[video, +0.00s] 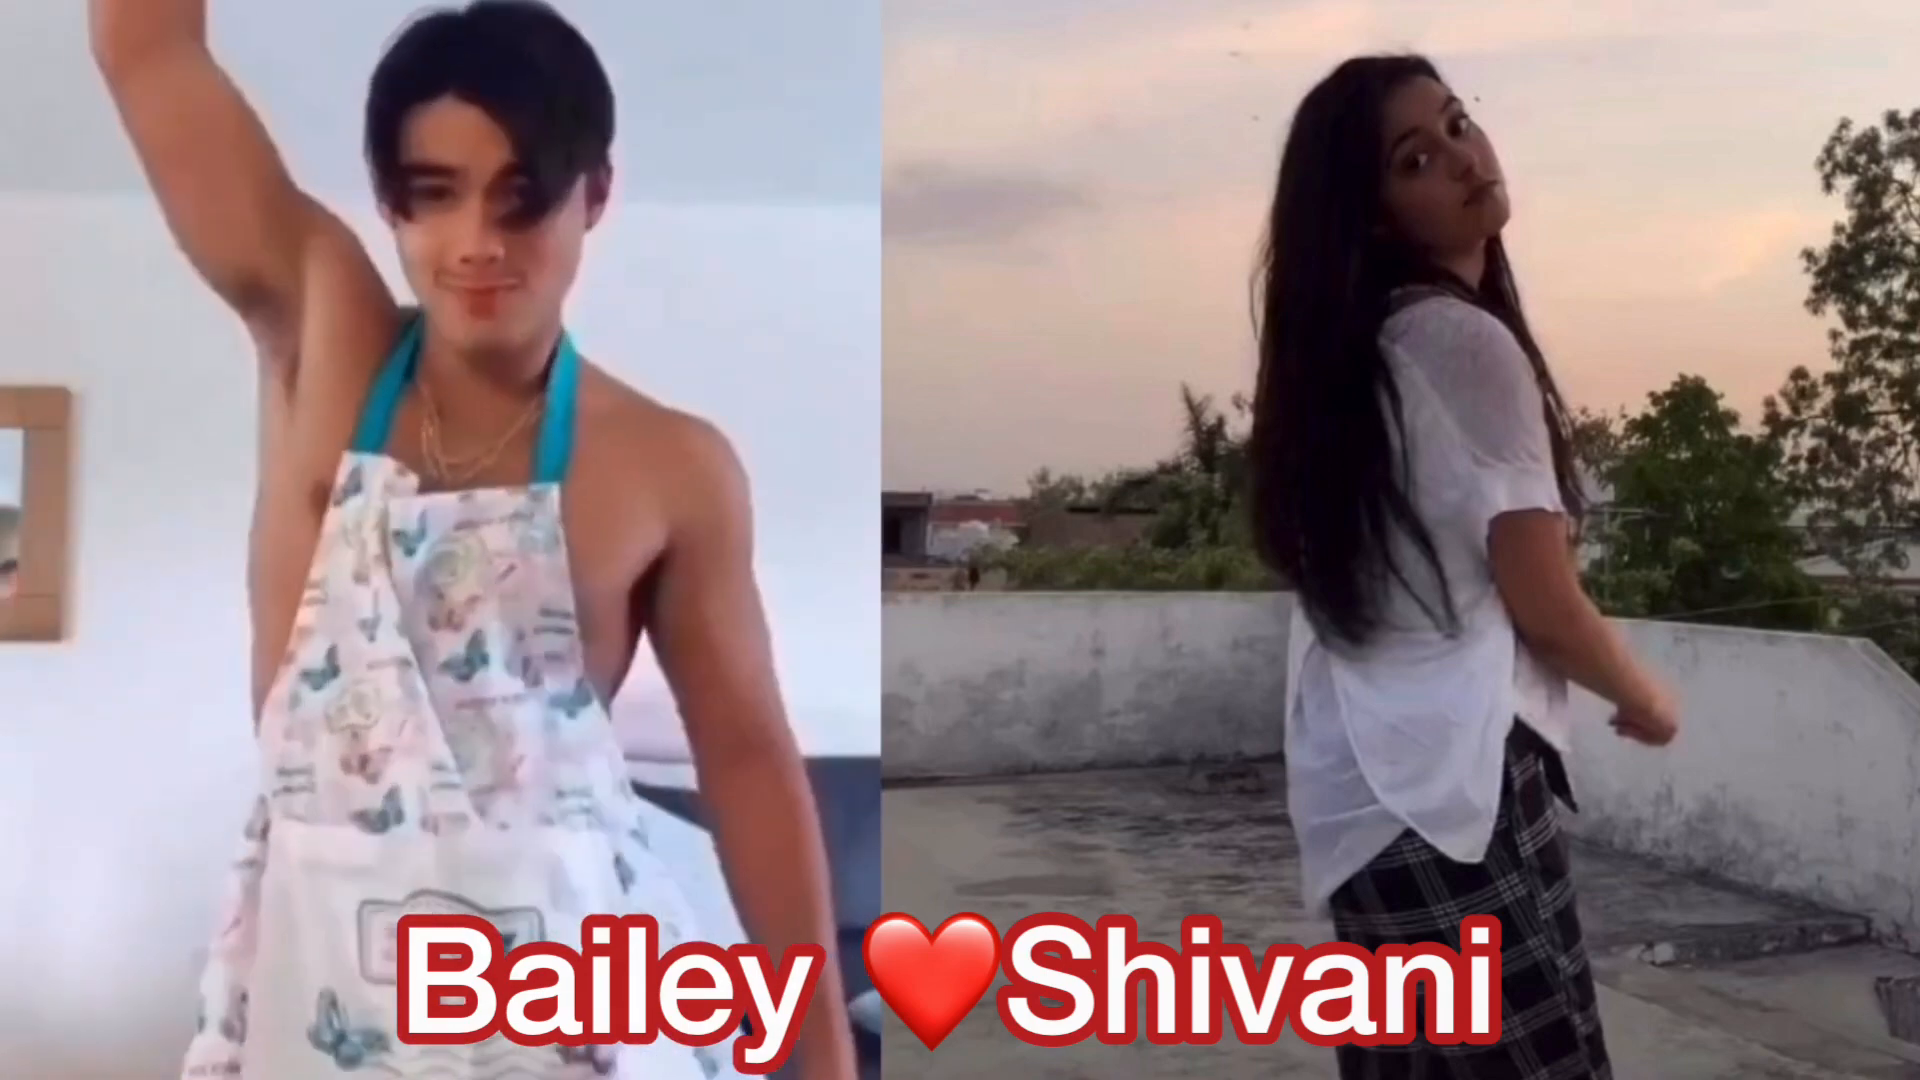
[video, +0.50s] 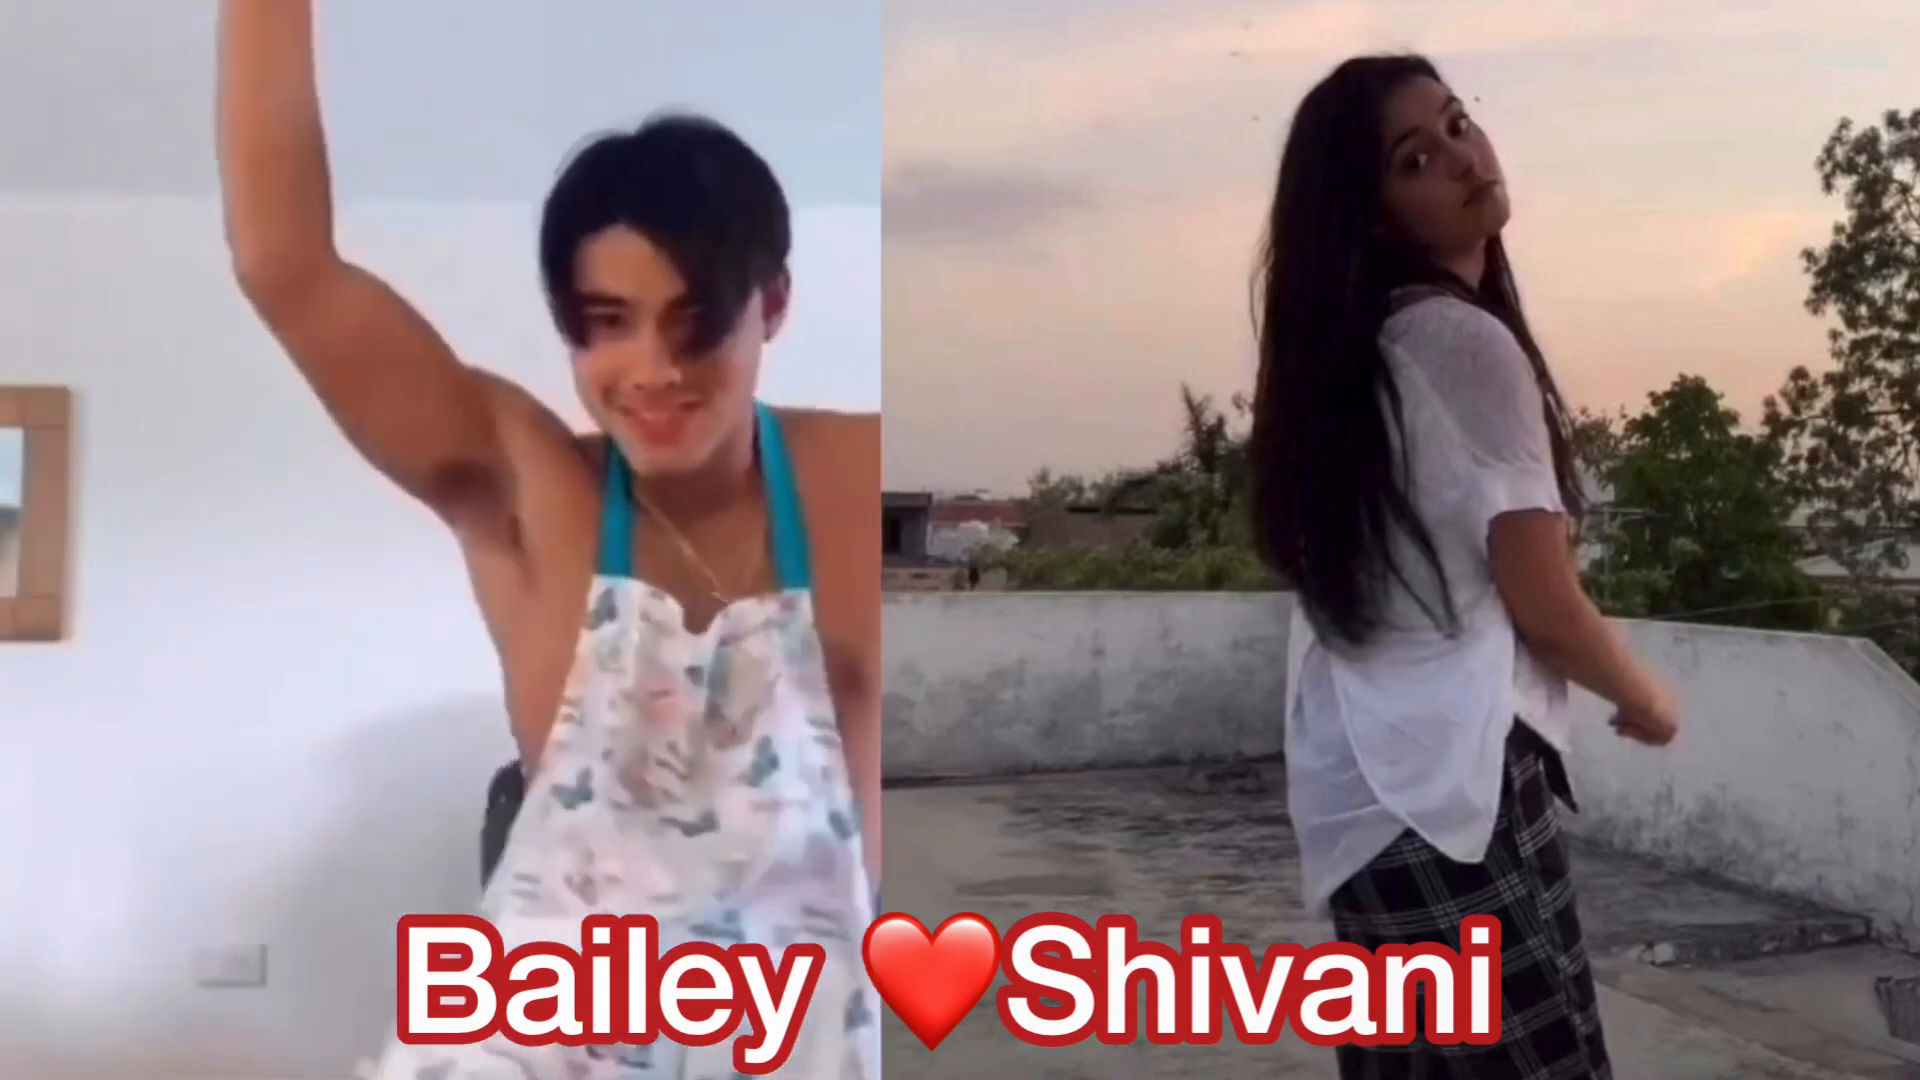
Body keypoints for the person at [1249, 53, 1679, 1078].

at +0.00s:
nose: (1466, 157)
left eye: (1459, 125)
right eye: (1417, 158)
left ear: (1480, 128)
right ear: (1371, 211)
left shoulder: (1356, 333)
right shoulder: (1465, 339)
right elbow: (1547, 605)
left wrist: (1562, 666)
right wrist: (1643, 696)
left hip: (1363, 784)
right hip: (1452, 790)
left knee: (1398, 1057)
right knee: (1545, 1057)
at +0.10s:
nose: (1466, 157)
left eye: (1459, 125)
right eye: (1417, 158)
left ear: (1480, 128)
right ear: (1371, 211)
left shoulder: (1356, 333)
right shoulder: (1465, 339)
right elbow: (1547, 605)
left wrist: (1562, 666)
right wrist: (1643, 696)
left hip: (1363, 784)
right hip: (1452, 790)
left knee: (1398, 1057)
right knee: (1545, 1057)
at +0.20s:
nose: (1466, 158)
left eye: (1459, 125)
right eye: (1417, 158)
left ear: (1480, 129)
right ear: (1370, 210)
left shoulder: (1356, 333)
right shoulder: (1465, 339)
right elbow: (1547, 606)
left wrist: (1564, 666)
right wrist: (1642, 696)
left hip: (1364, 785)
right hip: (1453, 790)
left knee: (1398, 1057)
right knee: (1545, 1056)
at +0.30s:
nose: (1466, 157)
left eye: (1459, 125)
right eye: (1417, 158)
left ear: (1480, 128)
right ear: (1371, 211)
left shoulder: (1356, 333)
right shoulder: (1465, 339)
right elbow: (1547, 605)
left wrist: (1562, 666)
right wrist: (1643, 696)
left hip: (1363, 784)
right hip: (1452, 790)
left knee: (1398, 1057)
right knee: (1545, 1057)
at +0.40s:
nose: (1466, 157)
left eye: (1459, 125)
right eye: (1417, 158)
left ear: (1480, 128)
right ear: (1370, 211)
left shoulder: (1353, 333)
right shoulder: (1465, 339)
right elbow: (1546, 604)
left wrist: (1560, 666)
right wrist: (1643, 697)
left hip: (1361, 783)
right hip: (1452, 789)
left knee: (1397, 1056)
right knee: (1545, 1056)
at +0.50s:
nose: (1466, 157)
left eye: (1459, 125)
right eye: (1417, 158)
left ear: (1480, 128)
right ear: (1370, 211)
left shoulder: (1353, 333)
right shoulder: (1465, 339)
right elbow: (1546, 604)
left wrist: (1560, 666)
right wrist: (1643, 697)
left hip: (1361, 783)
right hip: (1452, 789)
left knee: (1397, 1056)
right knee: (1545, 1056)